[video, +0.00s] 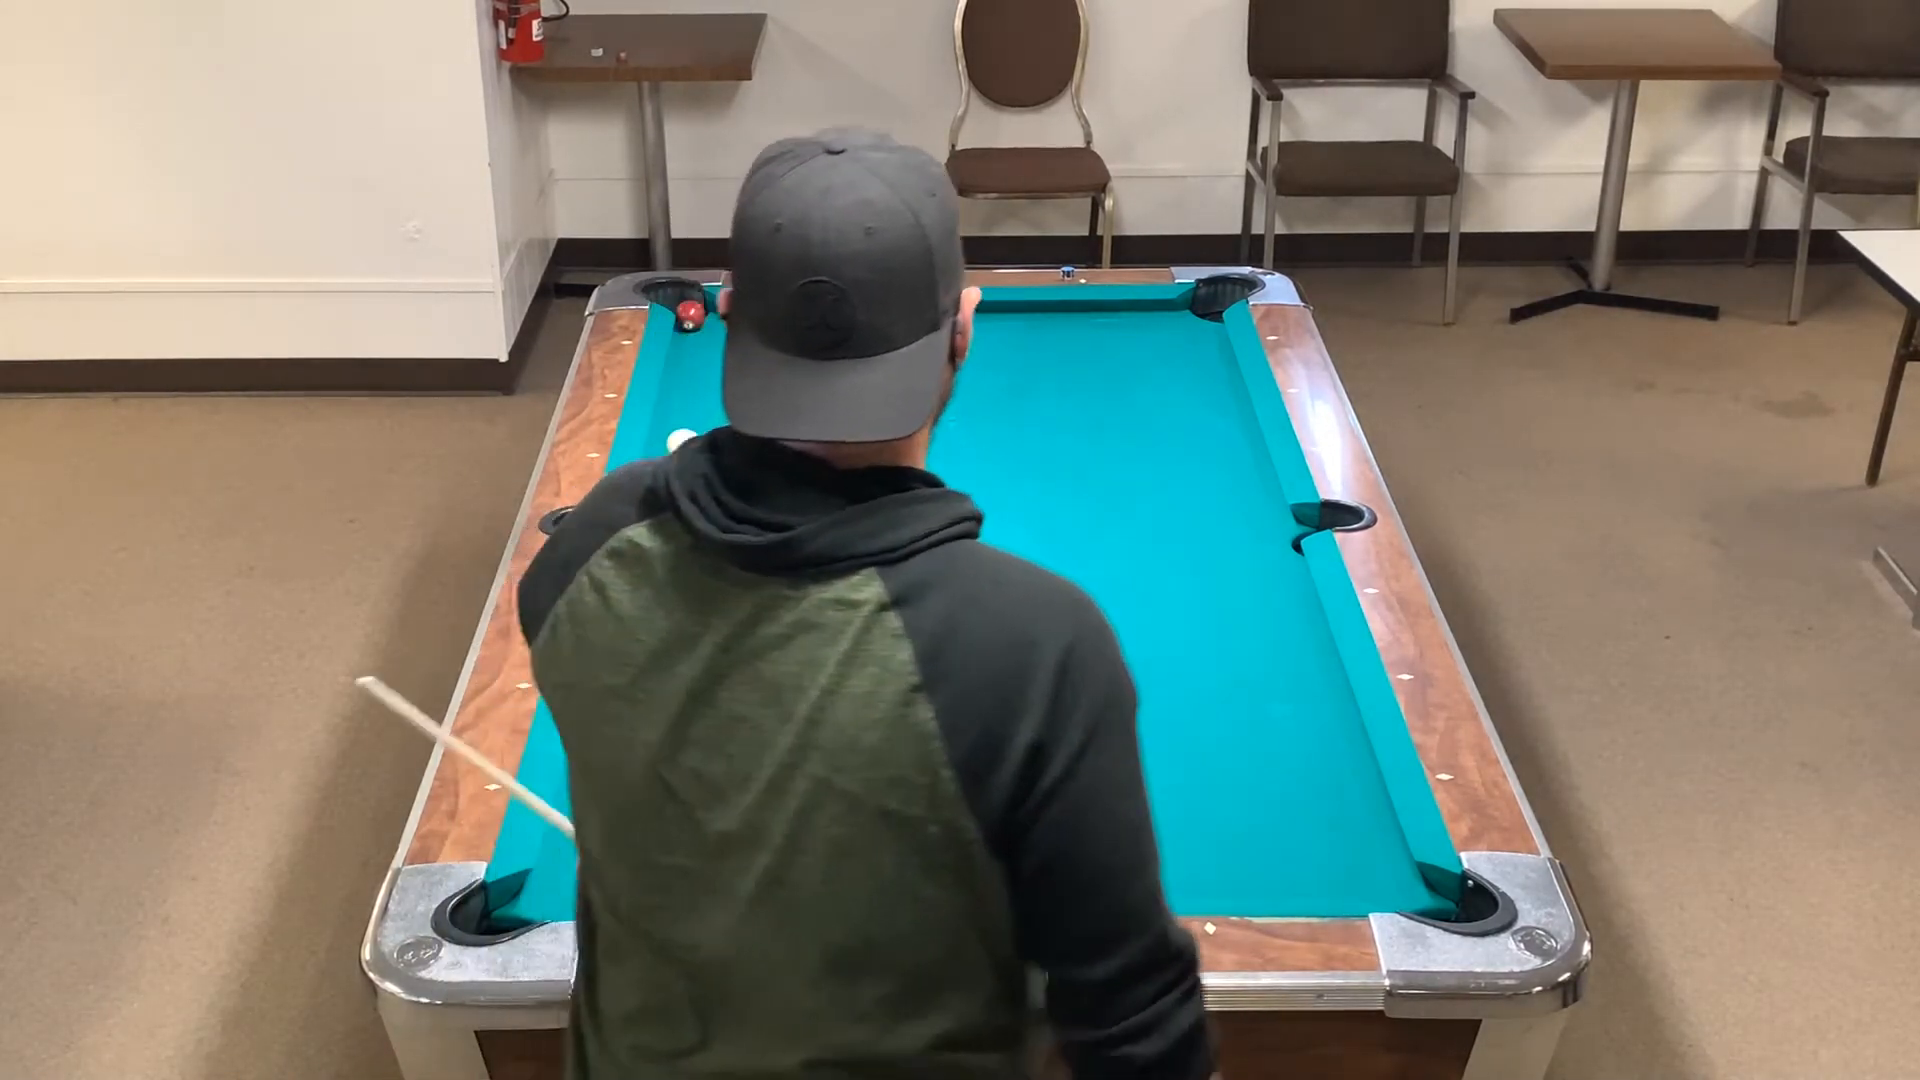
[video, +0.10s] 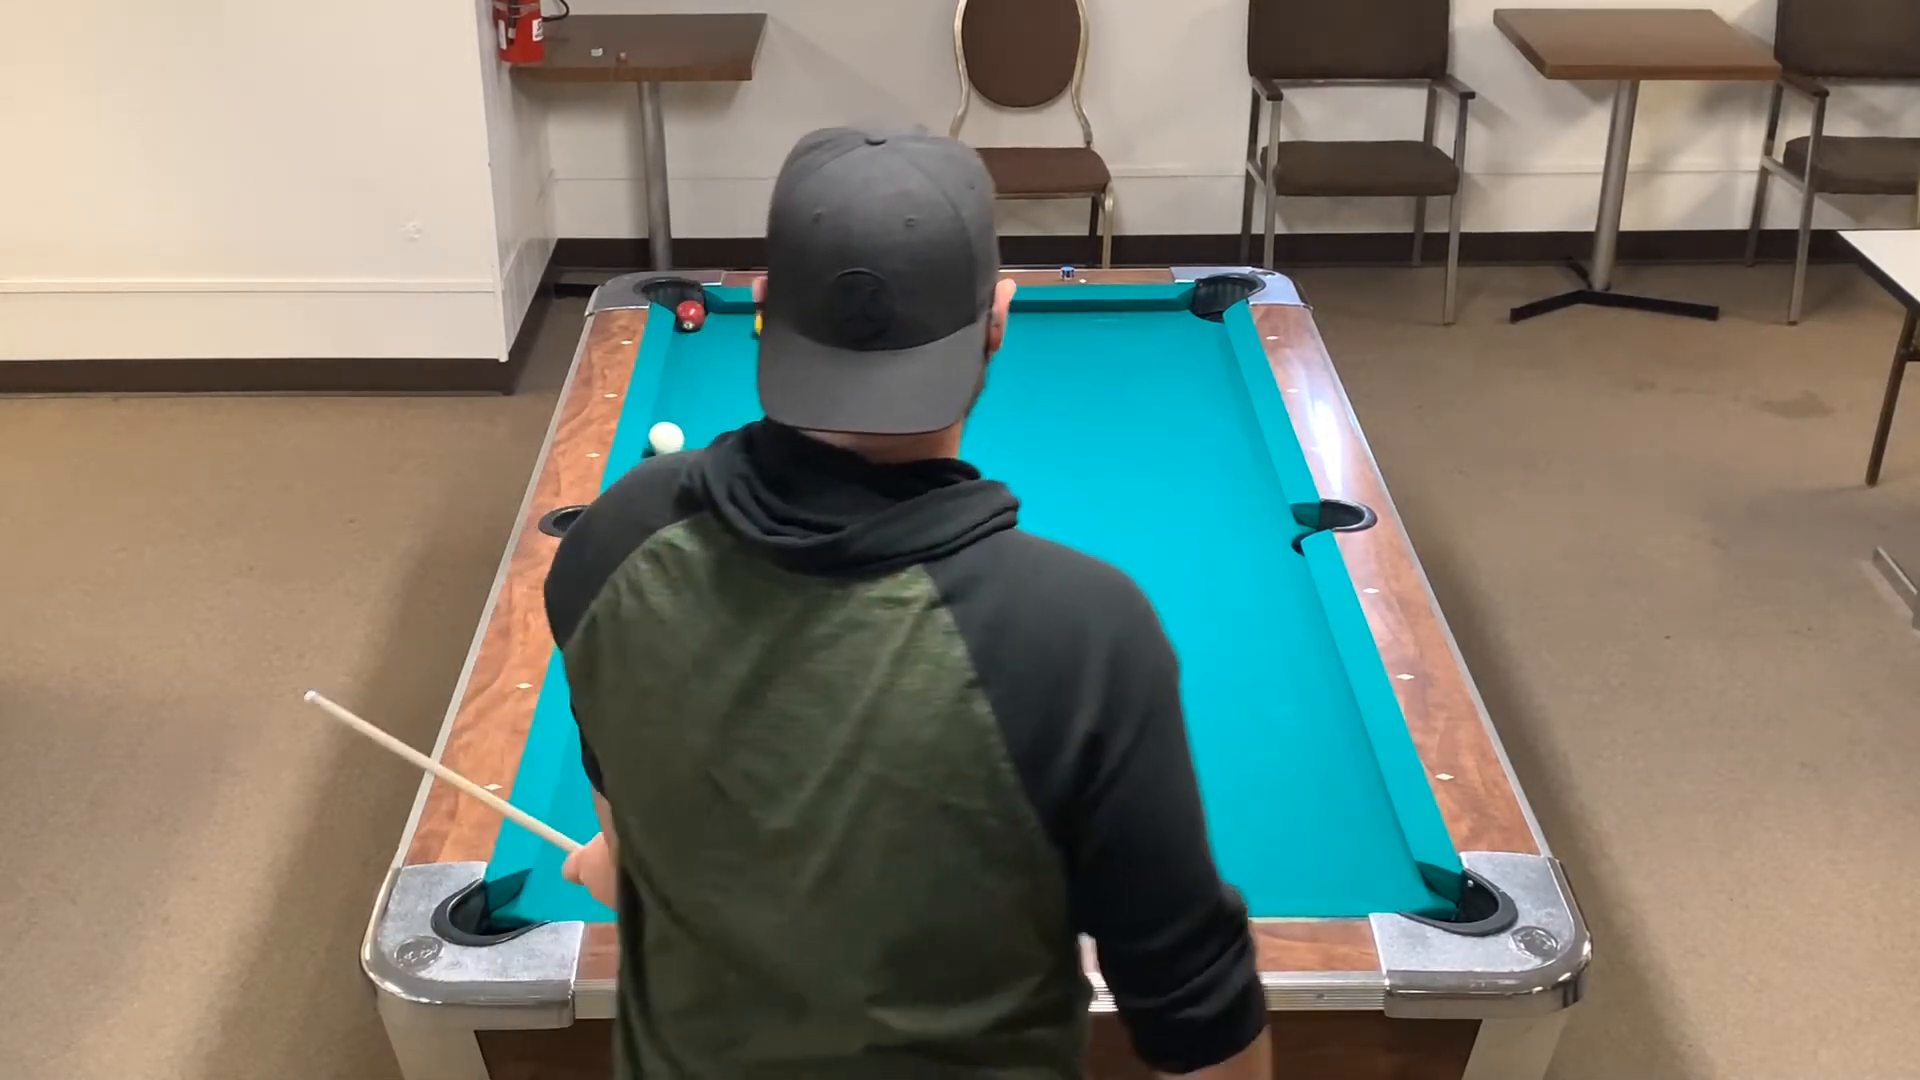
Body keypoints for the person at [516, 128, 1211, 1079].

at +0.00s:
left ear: (733, 307)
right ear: (960, 328)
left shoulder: (596, 559)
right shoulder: (1034, 649)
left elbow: (547, 592)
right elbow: (1133, 1024)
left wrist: (710, 464)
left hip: (635, 1058)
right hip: (931, 1060)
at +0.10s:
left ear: (765, 301)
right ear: (995, 319)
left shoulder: (619, 544)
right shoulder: (1079, 632)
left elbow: (620, 797)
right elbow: (1203, 1030)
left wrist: (617, 861)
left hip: (680, 1058)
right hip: (984, 1062)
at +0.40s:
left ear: (838, 286)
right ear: (1067, 311)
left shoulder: (694, 555)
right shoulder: (1187, 592)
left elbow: (638, 816)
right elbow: (1315, 946)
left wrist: (613, 933)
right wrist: (1352, 1067)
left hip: (778, 1056)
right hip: (1092, 1056)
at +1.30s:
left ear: (887, 237)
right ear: (1101, 265)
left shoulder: (744, 494)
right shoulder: (1186, 535)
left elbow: (711, 720)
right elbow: (1299, 850)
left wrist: (699, 835)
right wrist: (1357, 1033)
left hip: (825, 1048)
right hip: (1104, 1056)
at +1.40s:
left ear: (908, 224)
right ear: (1115, 260)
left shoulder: (764, 481)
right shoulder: (1190, 526)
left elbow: (744, 705)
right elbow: (1297, 856)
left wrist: (760, 810)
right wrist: (1359, 1047)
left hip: (845, 1048)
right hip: (1120, 1056)